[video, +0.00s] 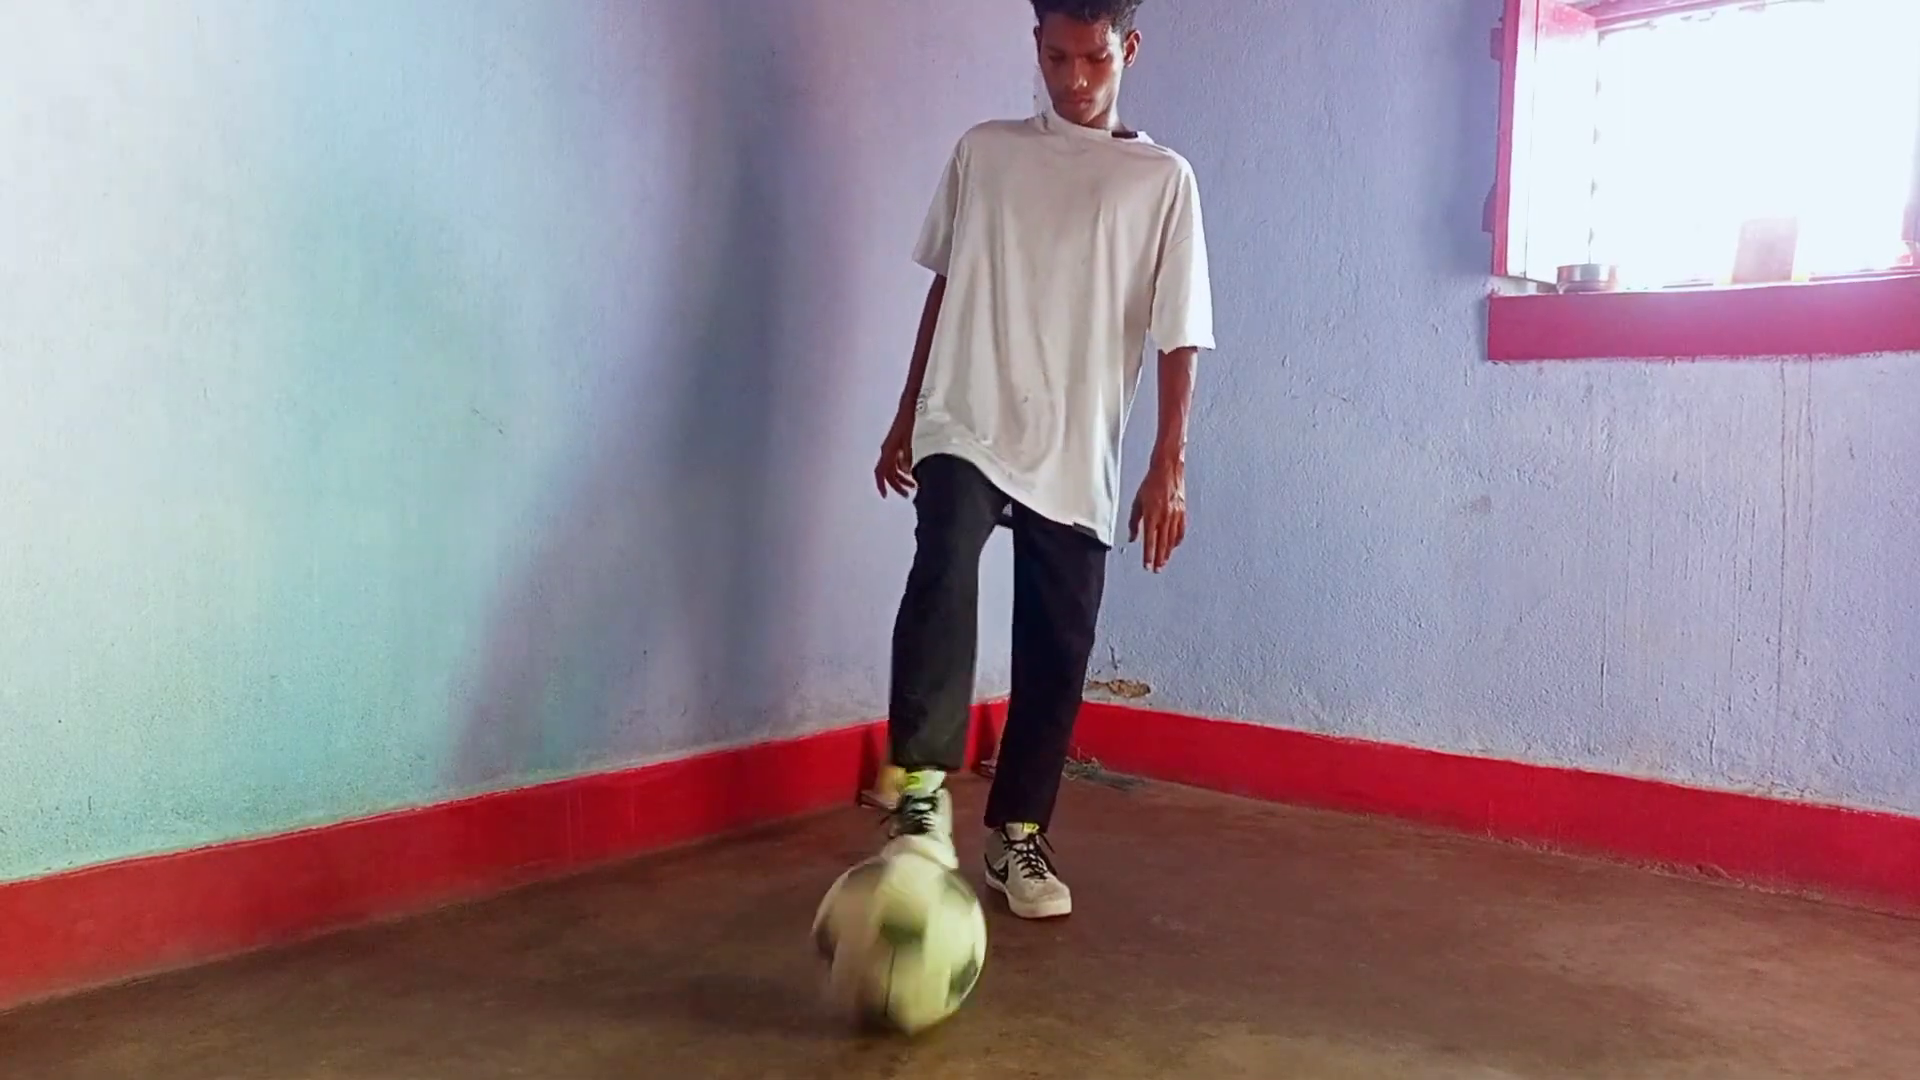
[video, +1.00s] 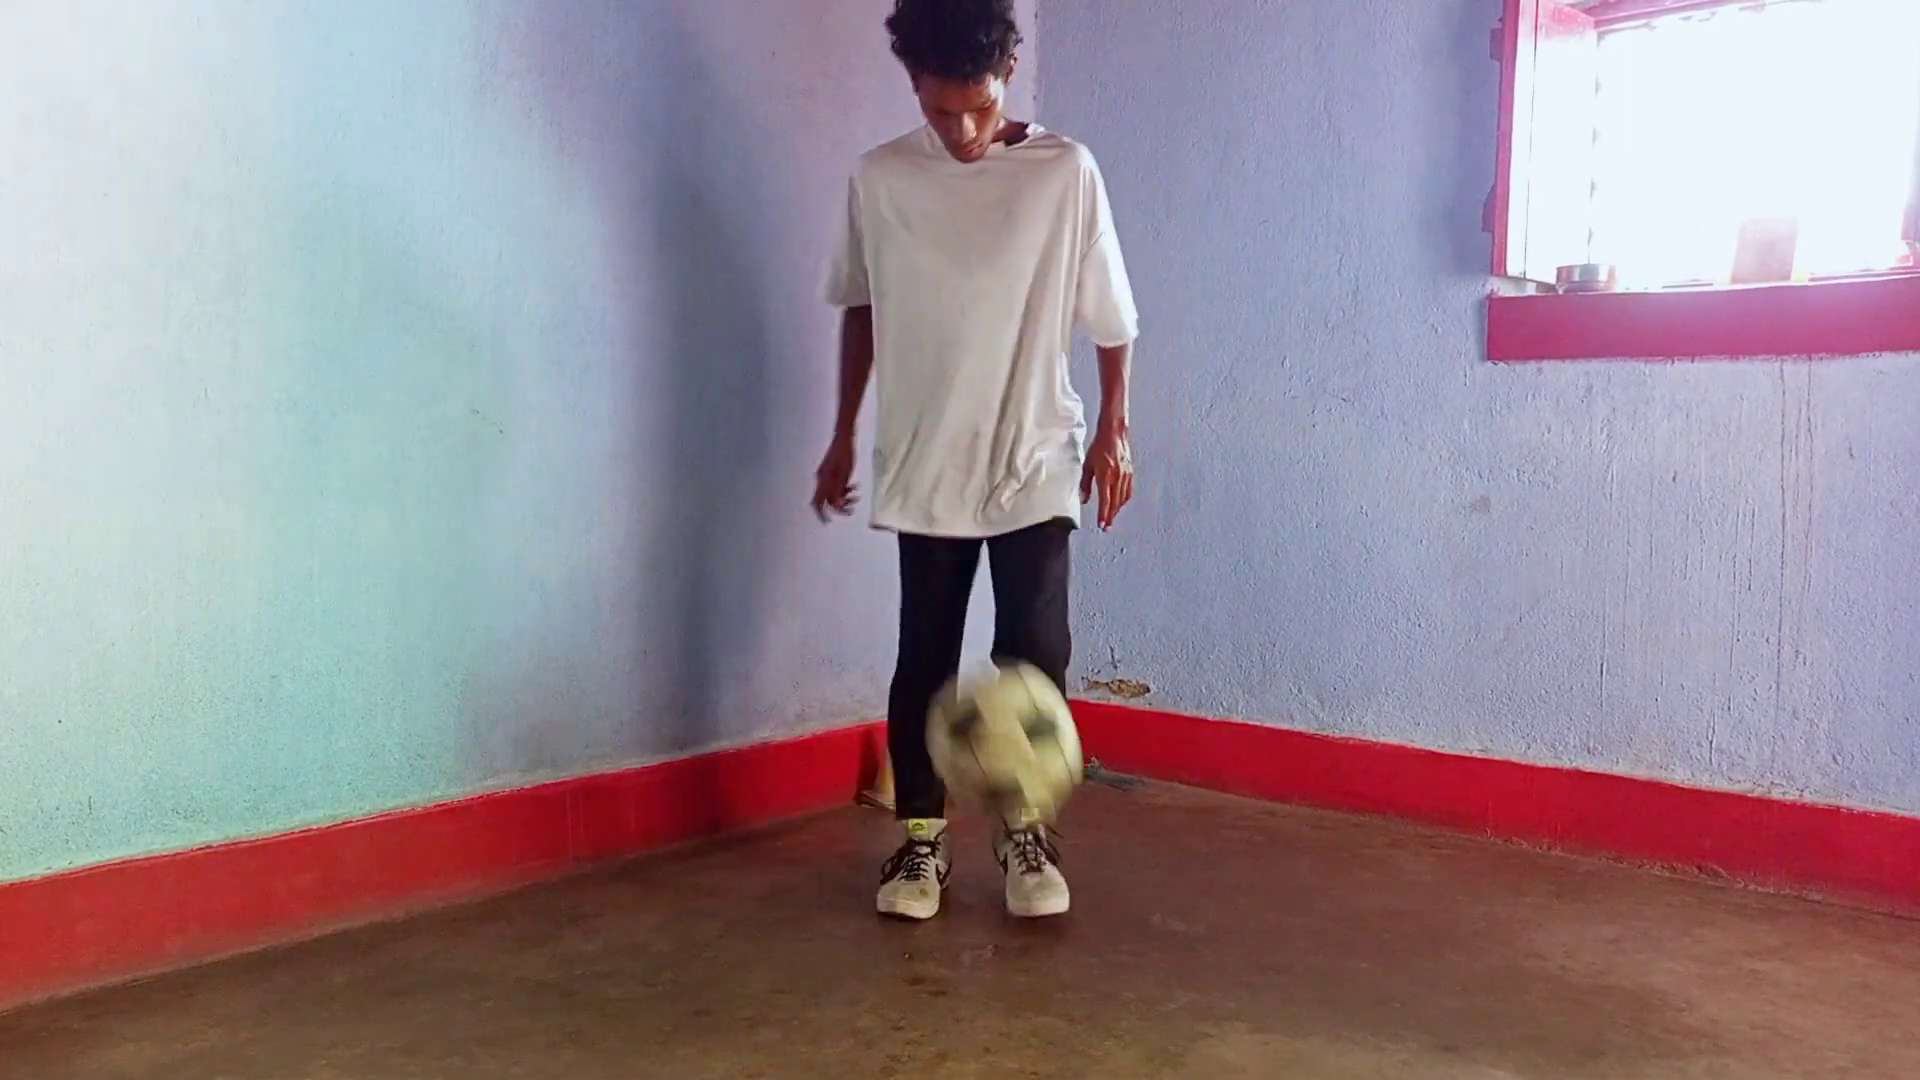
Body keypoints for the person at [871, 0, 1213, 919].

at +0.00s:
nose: (1077, 78)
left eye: (1095, 58)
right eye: (1060, 57)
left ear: (1130, 52)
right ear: (1037, 52)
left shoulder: (1164, 179)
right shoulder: (983, 151)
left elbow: (1179, 336)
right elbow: (946, 293)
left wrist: (1168, 467)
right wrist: (907, 416)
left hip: (1075, 446)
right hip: (965, 424)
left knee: (1060, 646)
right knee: (941, 582)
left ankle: (1020, 834)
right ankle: (918, 804)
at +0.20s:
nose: (1068, 89)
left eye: (1088, 70)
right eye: (1052, 68)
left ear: (1123, 58)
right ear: (1027, 51)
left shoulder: (1158, 183)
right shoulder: (974, 155)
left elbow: (1178, 343)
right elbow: (936, 297)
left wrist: (1161, 471)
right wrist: (903, 414)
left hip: (1075, 451)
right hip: (967, 435)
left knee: (1052, 651)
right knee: (952, 619)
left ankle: (1021, 833)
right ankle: (937, 805)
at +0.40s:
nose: (1042, 94)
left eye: (1061, 75)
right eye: (1026, 74)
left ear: (1100, 53)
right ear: (1004, 51)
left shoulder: (1147, 168)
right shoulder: (960, 146)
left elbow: (1172, 326)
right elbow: (927, 278)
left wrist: (1164, 454)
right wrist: (891, 393)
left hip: (1077, 452)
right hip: (969, 440)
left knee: (1056, 653)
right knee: (952, 641)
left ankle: (1025, 832)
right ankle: (952, 831)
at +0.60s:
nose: (1015, 124)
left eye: (1032, 103)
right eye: (997, 104)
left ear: (1071, 69)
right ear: (975, 82)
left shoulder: (1127, 183)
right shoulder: (944, 169)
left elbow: (1163, 334)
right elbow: (914, 306)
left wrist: (1160, 462)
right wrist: (884, 422)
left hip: (1069, 465)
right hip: (961, 454)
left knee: (1053, 668)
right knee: (950, 650)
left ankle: (1020, 841)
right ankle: (922, 837)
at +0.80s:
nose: (982, 114)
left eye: (997, 93)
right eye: (963, 95)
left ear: (1036, 56)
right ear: (937, 73)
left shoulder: (1097, 164)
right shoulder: (920, 154)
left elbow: (1147, 316)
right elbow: (909, 290)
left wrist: (1136, 440)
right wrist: (873, 405)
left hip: (1052, 456)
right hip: (942, 449)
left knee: (1041, 659)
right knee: (924, 647)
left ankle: (1020, 844)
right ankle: (918, 833)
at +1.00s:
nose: (963, 129)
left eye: (978, 108)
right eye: (941, 111)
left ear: (1008, 68)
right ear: (910, 81)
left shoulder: (1066, 170)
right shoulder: (879, 179)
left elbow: (1111, 316)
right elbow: (859, 316)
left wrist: (1113, 433)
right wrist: (843, 436)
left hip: (1037, 455)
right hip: (924, 459)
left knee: (1037, 652)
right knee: (925, 655)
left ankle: (1030, 833)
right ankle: (920, 837)